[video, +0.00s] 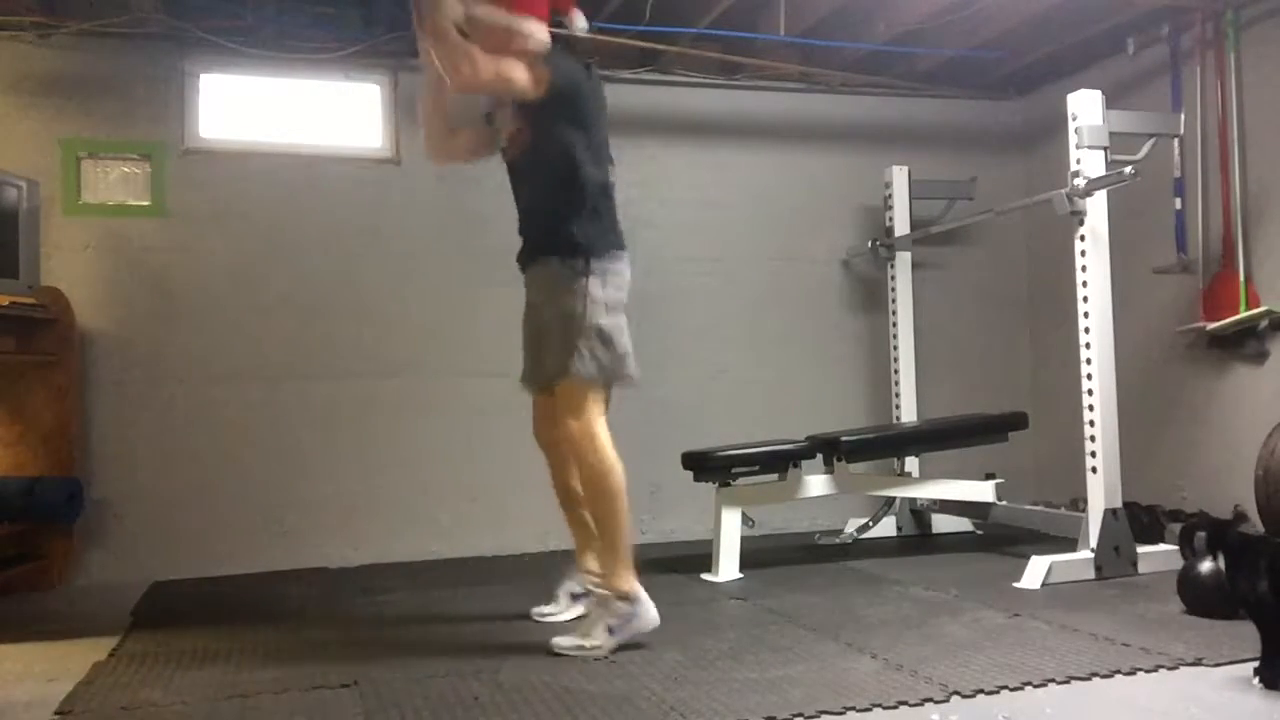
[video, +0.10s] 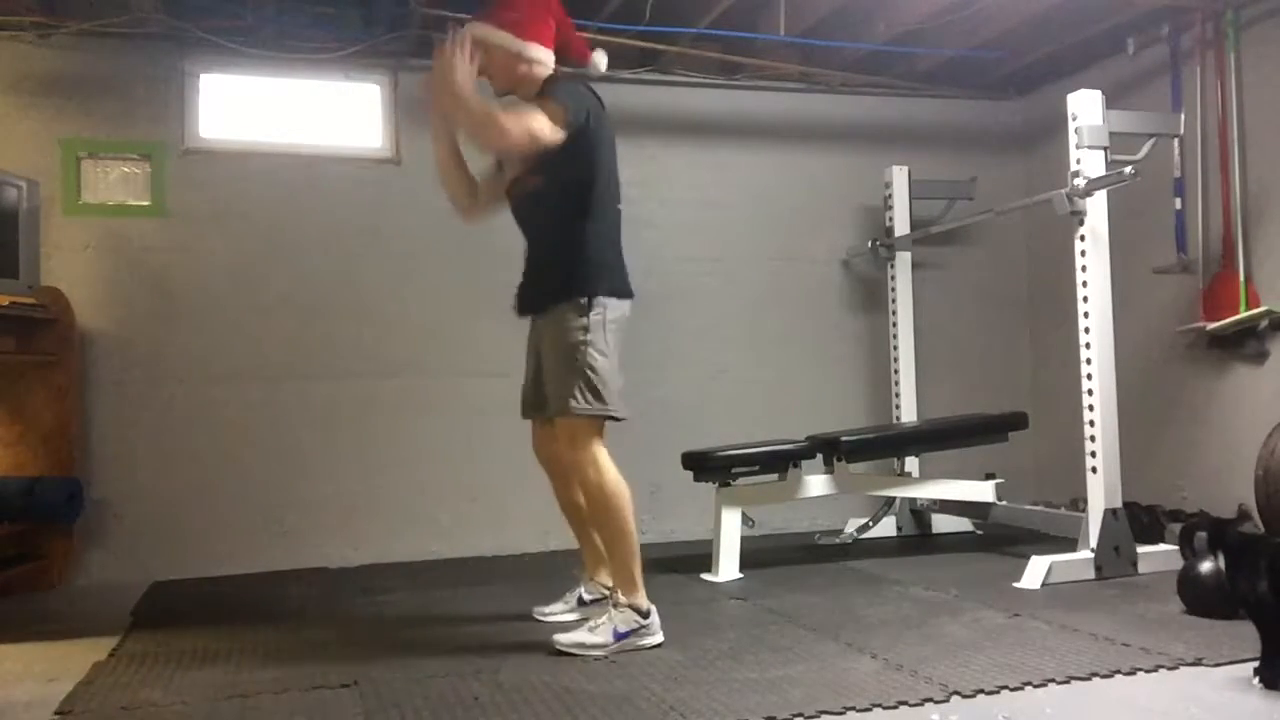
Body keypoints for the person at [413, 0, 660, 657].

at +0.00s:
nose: (482, 41)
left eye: (486, 27)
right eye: (480, 31)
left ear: (528, 22)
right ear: (514, 36)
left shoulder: (565, 71)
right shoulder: (523, 102)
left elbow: (463, 67)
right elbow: (444, 144)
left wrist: (429, 8)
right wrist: (430, 50)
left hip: (586, 266)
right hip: (549, 271)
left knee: (583, 424)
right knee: (552, 429)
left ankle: (626, 595)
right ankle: (596, 573)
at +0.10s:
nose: (483, 69)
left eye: (489, 52)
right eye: (479, 55)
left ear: (532, 47)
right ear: (518, 55)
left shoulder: (575, 95)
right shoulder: (534, 121)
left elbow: (516, 136)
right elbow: (472, 201)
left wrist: (461, 89)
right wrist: (442, 114)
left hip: (586, 299)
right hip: (550, 302)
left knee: (579, 446)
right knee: (552, 445)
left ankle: (635, 606)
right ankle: (603, 585)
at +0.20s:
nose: (475, 74)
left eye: (481, 58)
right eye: (473, 61)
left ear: (520, 51)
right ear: (515, 54)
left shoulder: (568, 96)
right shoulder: (533, 126)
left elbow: (566, 180)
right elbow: (531, 232)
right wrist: (460, 212)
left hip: (587, 296)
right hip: (552, 300)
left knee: (583, 441)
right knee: (558, 440)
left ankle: (635, 606)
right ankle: (603, 583)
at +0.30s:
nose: (462, 75)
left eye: (466, 60)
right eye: (458, 63)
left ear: (502, 54)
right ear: (496, 60)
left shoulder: (556, 98)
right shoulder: (523, 118)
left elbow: (589, 194)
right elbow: (546, 226)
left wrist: (524, 276)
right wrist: (499, 287)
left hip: (591, 292)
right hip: (559, 299)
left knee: (586, 439)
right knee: (561, 440)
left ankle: (636, 606)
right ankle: (605, 585)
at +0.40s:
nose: (444, 89)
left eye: (449, 75)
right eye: (441, 77)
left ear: (486, 66)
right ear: (485, 70)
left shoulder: (541, 105)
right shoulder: (509, 129)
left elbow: (584, 203)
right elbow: (545, 230)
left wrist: (556, 306)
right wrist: (521, 313)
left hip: (599, 294)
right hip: (570, 300)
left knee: (590, 439)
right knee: (567, 439)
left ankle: (635, 606)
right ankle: (604, 584)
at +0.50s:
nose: (432, 123)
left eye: (435, 107)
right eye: (425, 111)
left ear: (470, 93)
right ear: (457, 102)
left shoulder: (523, 131)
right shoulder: (494, 156)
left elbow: (564, 240)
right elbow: (528, 254)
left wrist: (552, 343)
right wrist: (521, 347)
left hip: (623, 296)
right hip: (588, 306)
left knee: (590, 441)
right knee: (563, 440)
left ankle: (638, 607)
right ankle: (603, 581)